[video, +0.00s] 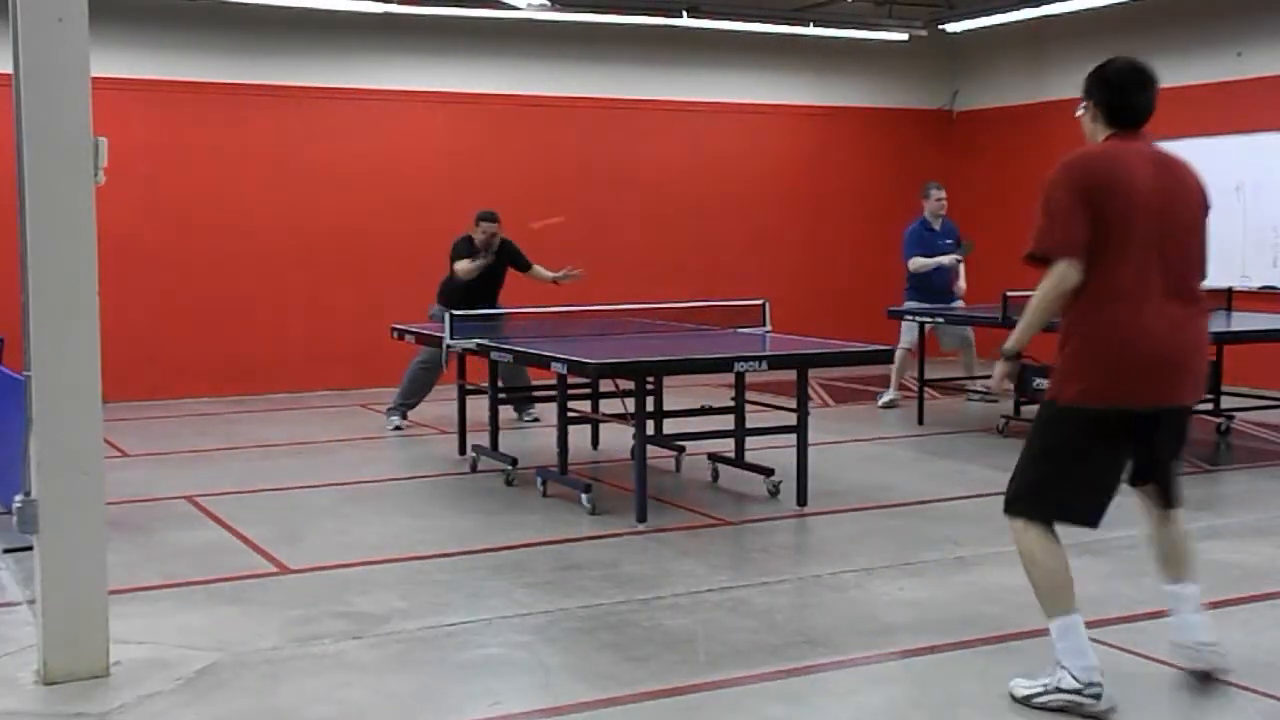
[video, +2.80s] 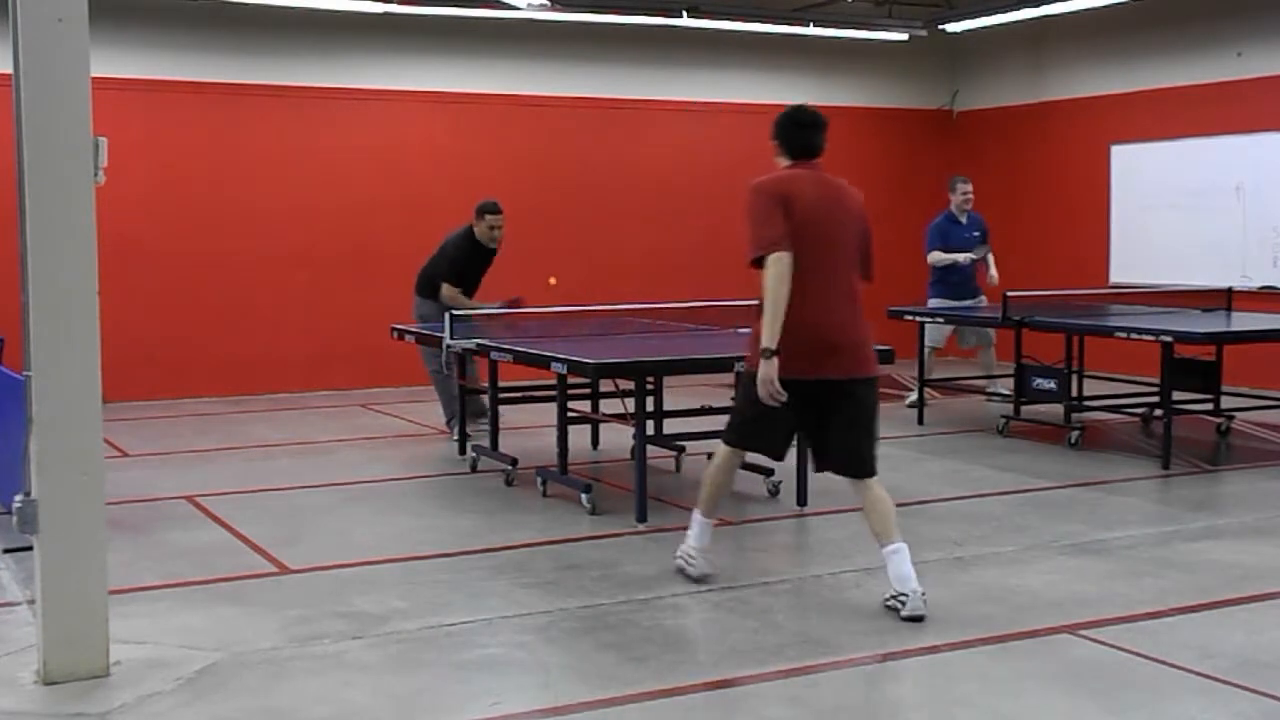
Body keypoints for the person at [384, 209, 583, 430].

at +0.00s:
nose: (489, 239)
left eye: (494, 235)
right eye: (485, 234)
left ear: (499, 233)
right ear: (475, 230)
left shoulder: (505, 248)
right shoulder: (462, 245)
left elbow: (529, 268)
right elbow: (460, 271)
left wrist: (553, 277)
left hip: (486, 317)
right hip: (449, 316)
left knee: (508, 355)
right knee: (430, 357)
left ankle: (524, 407)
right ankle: (398, 409)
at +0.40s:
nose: (522, 214)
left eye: (524, 209)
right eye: (517, 208)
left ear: (525, 211)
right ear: (503, 208)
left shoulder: (520, 238)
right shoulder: (479, 227)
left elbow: (526, 270)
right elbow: (453, 250)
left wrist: (542, 298)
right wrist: (458, 261)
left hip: (488, 309)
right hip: (453, 305)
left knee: (507, 353)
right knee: (433, 352)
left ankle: (510, 407)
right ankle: (405, 409)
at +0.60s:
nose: (510, 190)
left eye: (512, 186)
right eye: (504, 185)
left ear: (515, 190)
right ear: (489, 188)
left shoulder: (512, 221)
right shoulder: (470, 213)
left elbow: (515, 258)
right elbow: (448, 247)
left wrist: (518, 290)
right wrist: (429, 282)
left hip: (490, 296)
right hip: (458, 294)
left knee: (503, 349)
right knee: (446, 345)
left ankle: (511, 404)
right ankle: (429, 399)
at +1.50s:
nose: (473, 181)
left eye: (477, 176)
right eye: (468, 176)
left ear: (482, 180)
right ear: (456, 180)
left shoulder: (488, 211)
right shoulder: (441, 211)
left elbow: (501, 248)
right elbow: (428, 252)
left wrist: (513, 284)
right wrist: (418, 292)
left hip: (486, 295)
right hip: (453, 295)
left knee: (491, 352)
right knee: (448, 352)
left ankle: (490, 407)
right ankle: (431, 412)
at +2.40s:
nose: (485, 211)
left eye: (489, 205)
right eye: (479, 205)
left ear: (493, 204)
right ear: (467, 204)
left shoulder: (499, 228)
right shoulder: (447, 226)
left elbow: (507, 261)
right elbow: (422, 256)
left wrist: (518, 294)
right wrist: (450, 282)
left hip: (480, 296)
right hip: (446, 296)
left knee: (488, 350)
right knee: (448, 349)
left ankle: (486, 408)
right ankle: (445, 408)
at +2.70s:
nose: (497, 233)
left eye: (501, 227)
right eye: (491, 228)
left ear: (505, 225)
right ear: (477, 225)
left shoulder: (498, 242)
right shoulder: (459, 245)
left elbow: (488, 264)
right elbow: (432, 287)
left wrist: (490, 284)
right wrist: (462, 308)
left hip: (465, 305)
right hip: (435, 306)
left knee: (480, 355)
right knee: (442, 363)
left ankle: (483, 408)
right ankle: (455, 418)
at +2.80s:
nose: (497, 234)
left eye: (500, 228)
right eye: (491, 228)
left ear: (503, 225)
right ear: (476, 225)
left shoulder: (491, 245)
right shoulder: (459, 246)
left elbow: (471, 273)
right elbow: (447, 295)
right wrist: (489, 308)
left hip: (457, 302)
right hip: (431, 304)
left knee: (465, 357)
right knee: (440, 363)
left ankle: (475, 408)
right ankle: (455, 419)